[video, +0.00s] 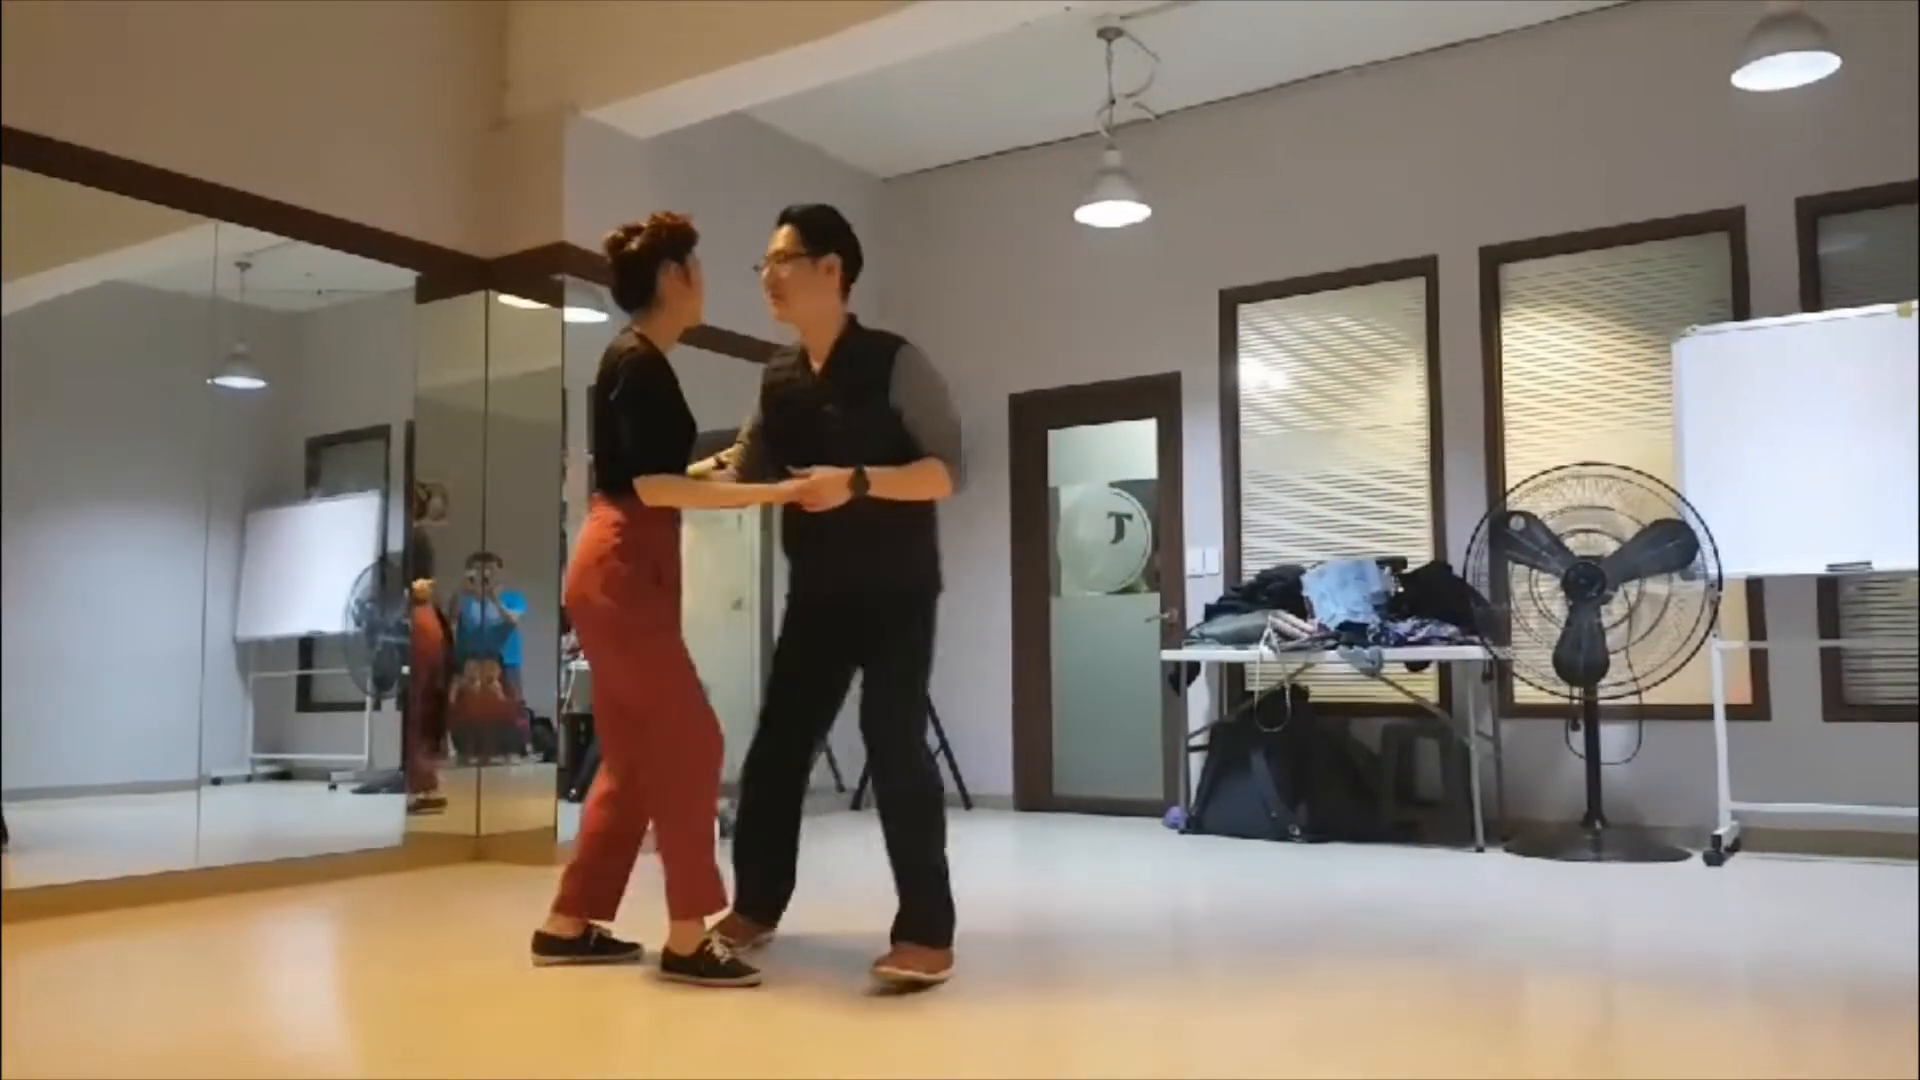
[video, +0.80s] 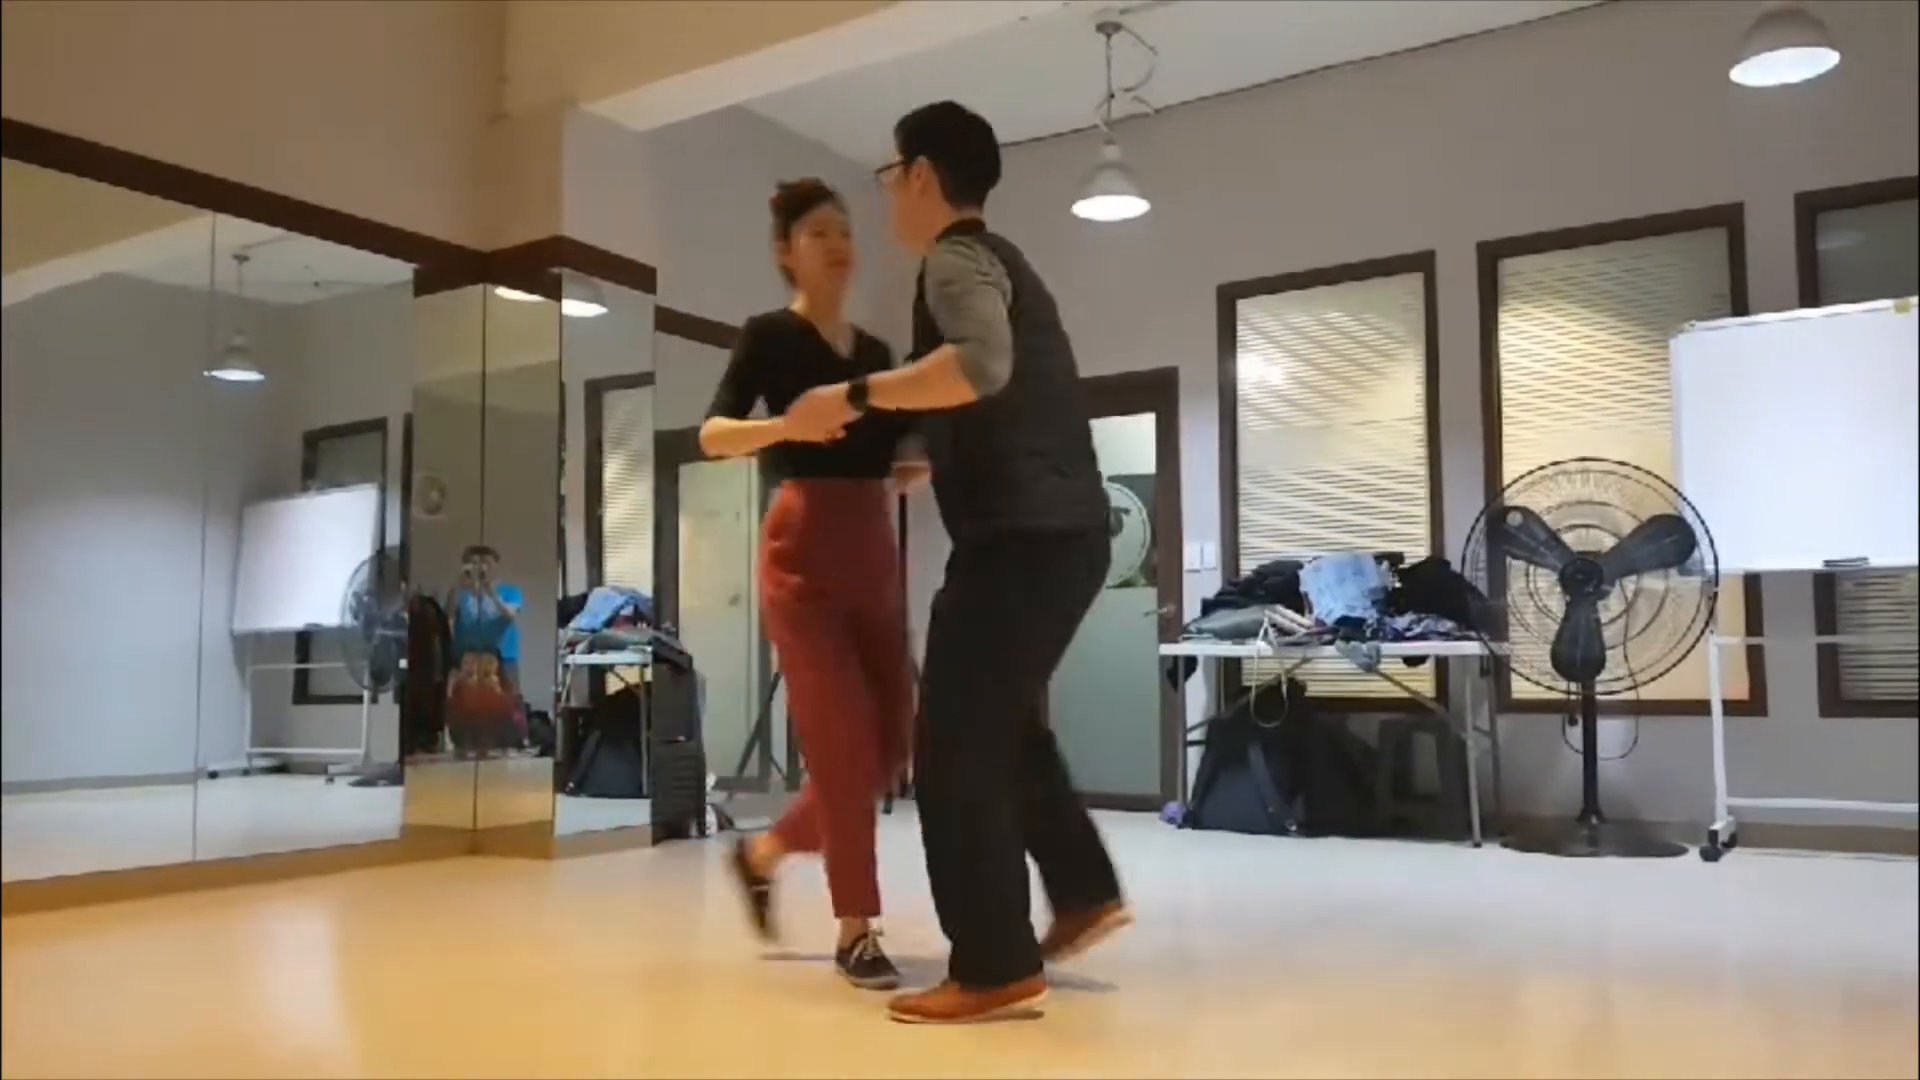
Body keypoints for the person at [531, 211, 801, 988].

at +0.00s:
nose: (702, 287)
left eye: (697, 273)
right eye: (695, 273)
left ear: (647, 284)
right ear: (671, 281)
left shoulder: (628, 360)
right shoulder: (639, 367)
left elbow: (647, 477)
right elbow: (653, 486)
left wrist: (726, 463)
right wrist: (769, 493)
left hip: (614, 571)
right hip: (624, 578)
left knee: (633, 747)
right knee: (692, 739)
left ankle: (569, 922)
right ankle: (688, 934)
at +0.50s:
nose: (745, 282)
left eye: (741, 267)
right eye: (735, 267)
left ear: (702, 276)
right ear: (698, 275)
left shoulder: (709, 368)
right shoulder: (662, 360)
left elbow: (737, 472)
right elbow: (728, 455)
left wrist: (767, 472)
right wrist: (849, 468)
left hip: (697, 565)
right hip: (655, 567)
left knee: (674, 746)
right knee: (739, 727)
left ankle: (592, 916)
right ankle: (757, 923)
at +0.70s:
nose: (796, 268)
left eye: (794, 254)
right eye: (779, 255)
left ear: (786, 270)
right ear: (734, 270)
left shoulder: (795, 368)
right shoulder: (720, 353)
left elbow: (803, 479)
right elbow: (721, 452)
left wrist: (856, 468)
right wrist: (816, 465)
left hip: (794, 561)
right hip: (742, 561)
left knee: (761, 737)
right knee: (807, 733)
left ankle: (631, 885)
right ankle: (853, 925)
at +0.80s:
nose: (838, 243)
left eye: (844, 232)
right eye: (820, 234)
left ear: (856, 249)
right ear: (786, 252)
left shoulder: (876, 355)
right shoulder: (767, 338)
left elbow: (886, 462)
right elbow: (711, 437)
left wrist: (921, 461)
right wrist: (787, 427)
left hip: (875, 550)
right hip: (803, 550)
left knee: (889, 742)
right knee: (843, 740)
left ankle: (763, 852)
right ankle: (856, 928)